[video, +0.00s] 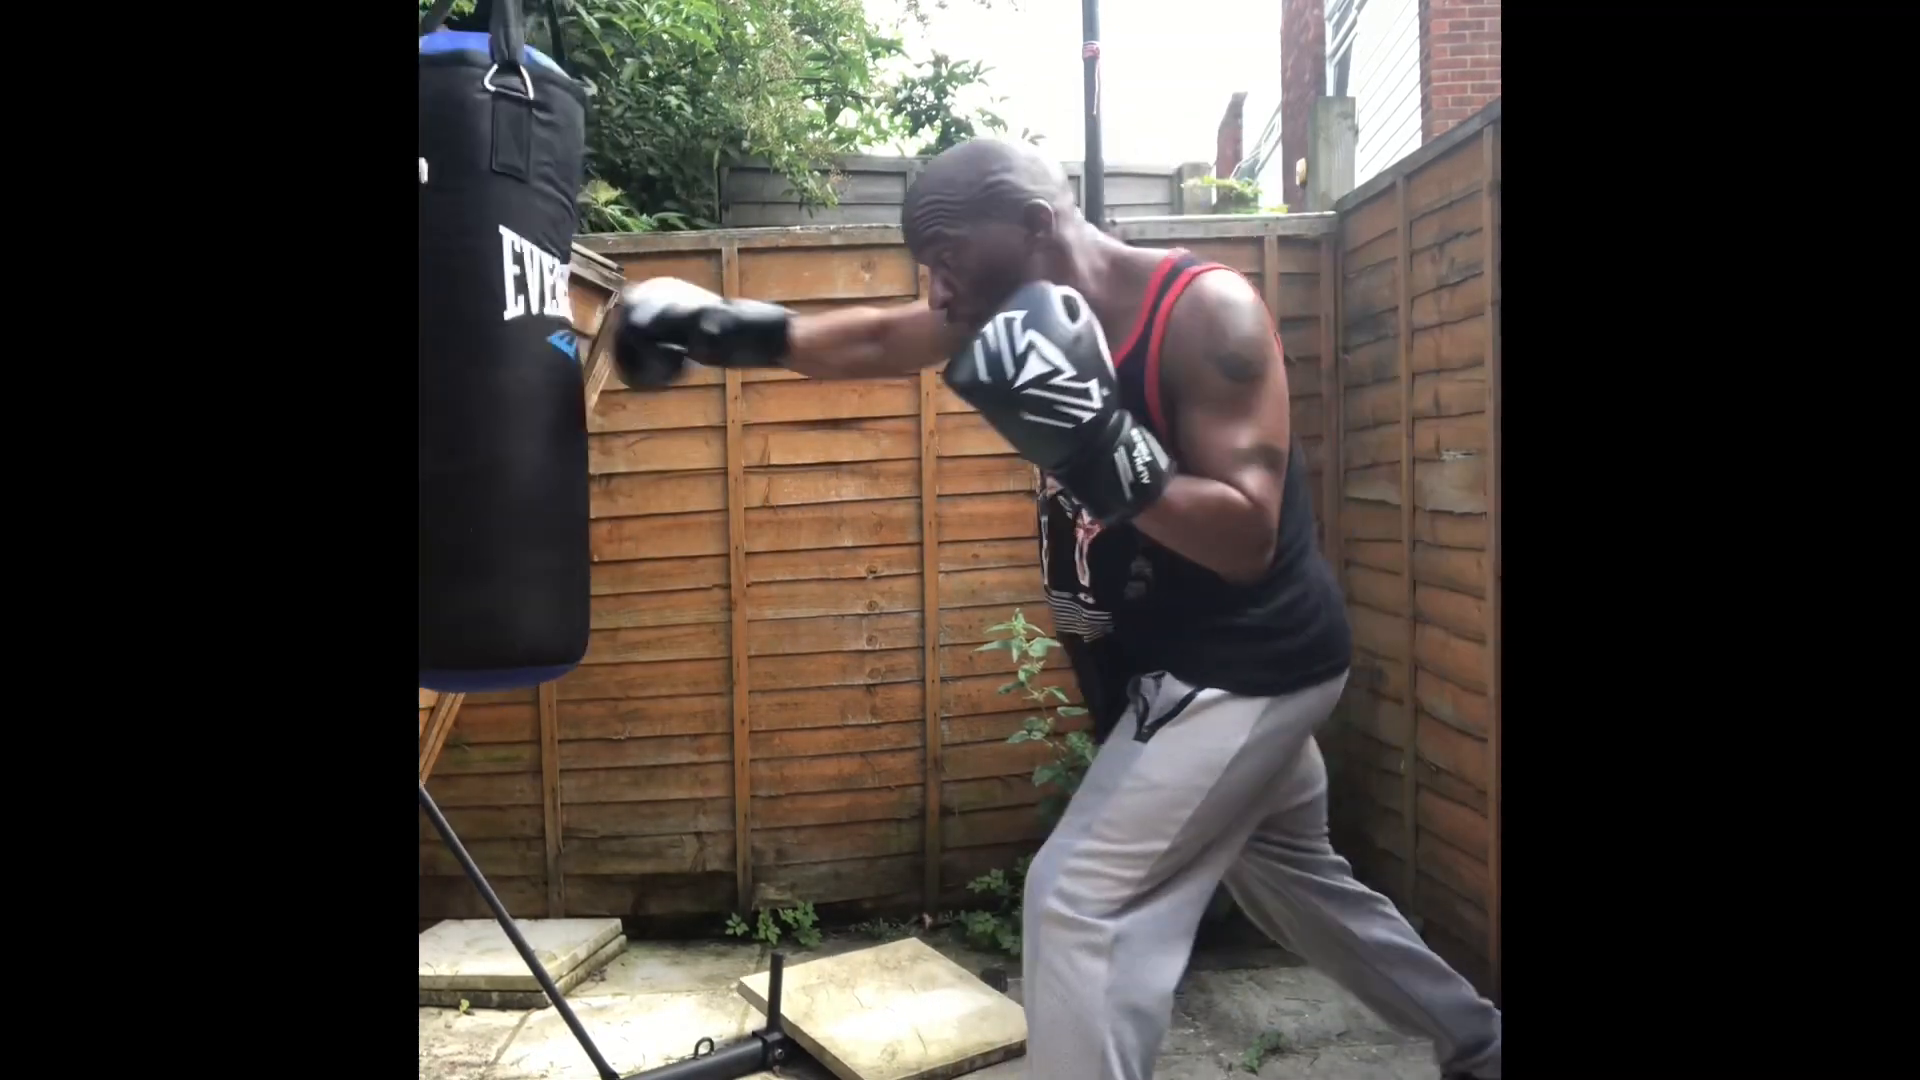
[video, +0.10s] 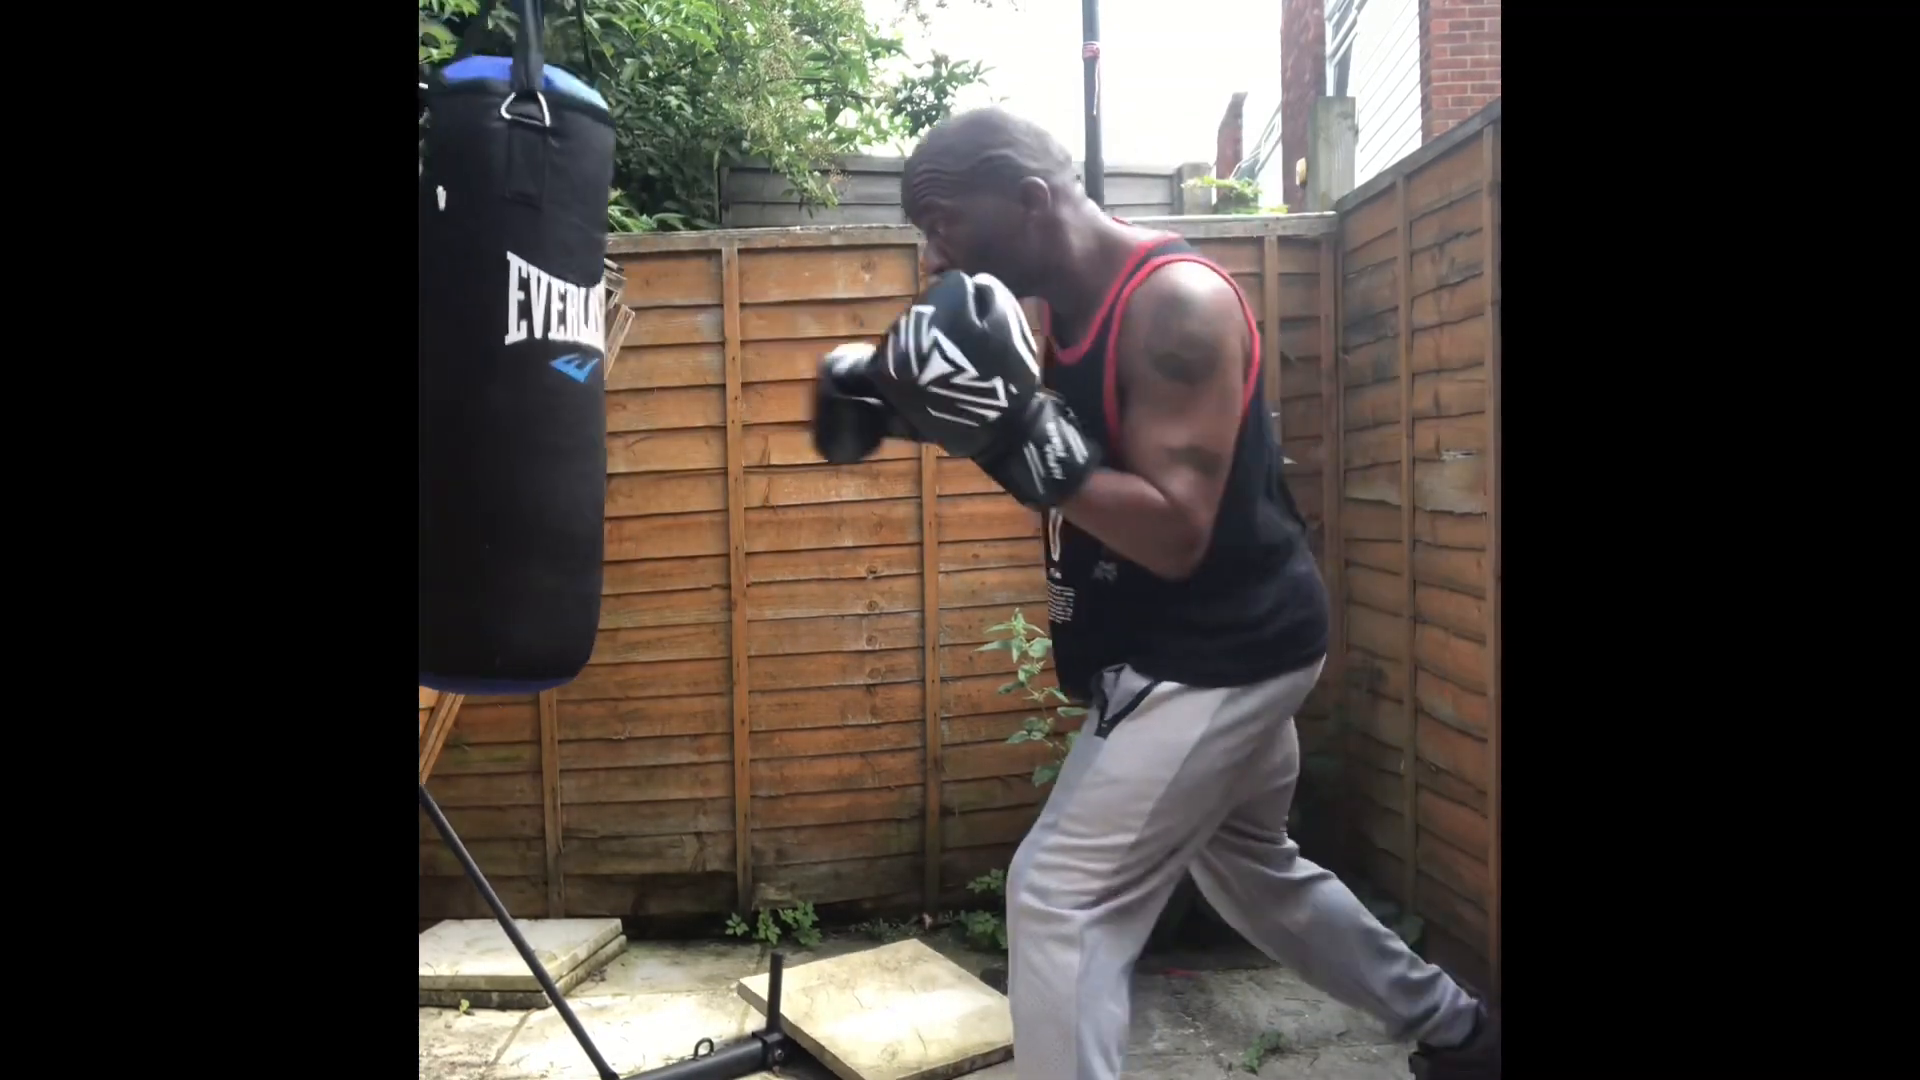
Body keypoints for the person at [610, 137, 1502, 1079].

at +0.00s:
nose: (936, 298)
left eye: (947, 270)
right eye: (929, 273)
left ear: (1040, 230)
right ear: (1026, 229)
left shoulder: (1213, 316)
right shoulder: (1026, 301)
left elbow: (1248, 539)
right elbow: (877, 338)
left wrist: (1112, 460)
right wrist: (722, 332)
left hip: (1252, 664)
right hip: (1157, 663)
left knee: (1074, 899)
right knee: (1295, 885)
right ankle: (1478, 1040)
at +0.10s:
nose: (933, 256)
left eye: (942, 222)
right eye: (923, 232)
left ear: (1035, 196)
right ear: (1033, 203)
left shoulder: (1182, 302)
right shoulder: (1062, 303)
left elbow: (1176, 536)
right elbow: (1068, 452)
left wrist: (1018, 433)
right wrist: (909, 401)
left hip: (1226, 651)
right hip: (1171, 642)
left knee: (1058, 895)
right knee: (1253, 872)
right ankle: (1453, 1029)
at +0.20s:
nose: (969, 246)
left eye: (967, 219)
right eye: (958, 225)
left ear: (1034, 186)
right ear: (1049, 186)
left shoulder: (1151, 285)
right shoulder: (1137, 272)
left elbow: (1112, 519)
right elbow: (1111, 466)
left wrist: (981, 403)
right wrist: (996, 400)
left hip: (1205, 654)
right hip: (1240, 637)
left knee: (1037, 891)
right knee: (1237, 848)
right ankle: (1439, 1036)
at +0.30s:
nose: (1033, 253)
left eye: (1032, 225)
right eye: (1023, 231)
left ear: (1099, 190)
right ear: (1120, 188)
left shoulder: (1166, 282)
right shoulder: (1248, 258)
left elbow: (1104, 505)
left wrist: (997, 369)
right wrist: (1038, 358)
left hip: (1204, 668)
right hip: (1303, 644)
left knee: (1040, 889)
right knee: (1272, 860)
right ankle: (1445, 1061)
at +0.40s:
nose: (1089, 247)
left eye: (1093, 217)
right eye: (1081, 223)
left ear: (1162, 196)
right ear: (1187, 196)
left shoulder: (1221, 284)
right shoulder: (1310, 265)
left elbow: (1168, 499)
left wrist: (1063, 381)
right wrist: (1124, 375)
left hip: (1245, 665)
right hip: (1351, 649)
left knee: (1086, 889)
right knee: (1330, 878)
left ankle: (1057, 1068)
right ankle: (1458, 1066)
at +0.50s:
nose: (1212, 246)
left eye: (1213, 220)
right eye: (1202, 227)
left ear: (1280, 183)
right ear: (1286, 184)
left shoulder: (1347, 252)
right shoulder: (1370, 243)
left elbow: (1326, 451)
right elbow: (1310, 428)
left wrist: (1196, 352)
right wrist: (1190, 357)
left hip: (1367, 615)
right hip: (1434, 609)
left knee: (1189, 838)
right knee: (1365, 840)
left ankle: (1238, 1069)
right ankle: (1467, 1063)